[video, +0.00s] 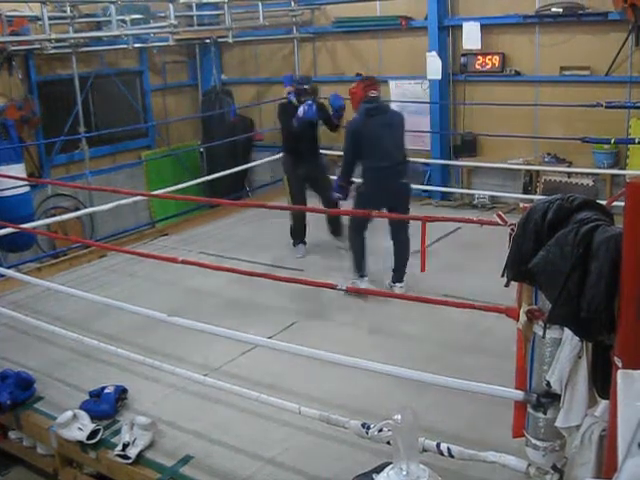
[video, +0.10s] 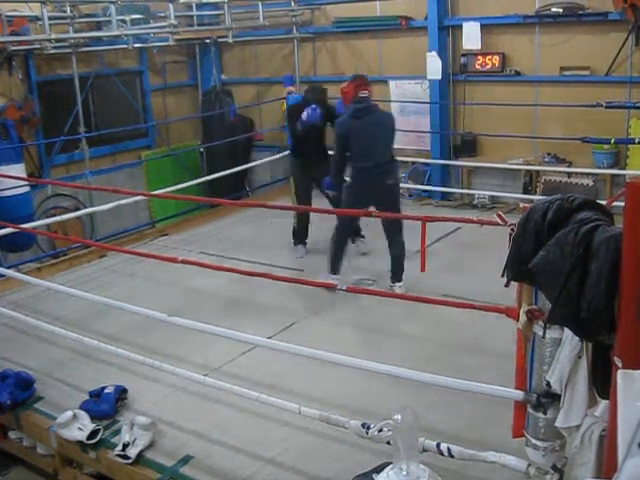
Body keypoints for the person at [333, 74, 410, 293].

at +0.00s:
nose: (351, 100)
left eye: (353, 96)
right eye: (352, 96)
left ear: (359, 97)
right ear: (378, 95)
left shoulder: (356, 124)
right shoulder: (397, 117)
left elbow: (350, 160)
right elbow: (397, 149)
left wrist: (342, 186)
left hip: (372, 185)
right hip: (398, 183)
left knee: (356, 227)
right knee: (400, 230)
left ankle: (361, 276)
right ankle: (398, 280)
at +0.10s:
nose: (346, 98)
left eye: (347, 95)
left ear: (351, 96)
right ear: (370, 94)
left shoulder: (345, 123)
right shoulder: (386, 118)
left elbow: (340, 157)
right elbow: (386, 147)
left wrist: (335, 186)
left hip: (359, 182)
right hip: (387, 182)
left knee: (344, 226)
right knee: (394, 231)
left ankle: (333, 273)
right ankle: (397, 281)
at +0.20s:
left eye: (336, 96)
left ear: (338, 98)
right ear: (359, 97)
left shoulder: (331, 124)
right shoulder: (374, 120)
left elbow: (327, 158)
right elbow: (376, 149)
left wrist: (328, 181)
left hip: (344, 186)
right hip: (372, 184)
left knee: (331, 227)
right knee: (387, 230)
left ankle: (319, 272)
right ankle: (396, 280)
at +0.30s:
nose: (323, 96)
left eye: (324, 92)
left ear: (325, 95)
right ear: (345, 95)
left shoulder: (315, 120)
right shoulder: (359, 120)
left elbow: (313, 154)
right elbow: (365, 151)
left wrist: (322, 172)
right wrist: (357, 171)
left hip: (325, 183)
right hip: (355, 181)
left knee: (320, 232)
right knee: (375, 226)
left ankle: (318, 278)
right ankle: (391, 278)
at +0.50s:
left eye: (307, 92)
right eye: (324, 92)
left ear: (303, 94)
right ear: (325, 94)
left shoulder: (295, 121)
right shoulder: (338, 117)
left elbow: (292, 151)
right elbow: (349, 149)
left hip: (308, 180)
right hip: (335, 179)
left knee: (310, 227)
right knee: (345, 223)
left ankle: (316, 275)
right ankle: (339, 274)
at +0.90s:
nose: (300, 103)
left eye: (299, 98)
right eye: (297, 98)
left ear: (277, 98)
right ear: (290, 99)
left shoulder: (266, 120)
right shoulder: (287, 124)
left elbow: (285, 149)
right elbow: (303, 156)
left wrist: (307, 142)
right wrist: (318, 148)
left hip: (269, 188)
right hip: (282, 190)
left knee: (293, 235)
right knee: (281, 240)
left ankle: (314, 277)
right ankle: (244, 281)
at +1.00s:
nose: (291, 108)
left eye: (291, 103)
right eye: (289, 103)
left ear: (270, 104)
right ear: (280, 105)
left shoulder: (258, 125)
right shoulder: (273, 131)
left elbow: (274, 154)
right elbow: (289, 164)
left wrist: (297, 145)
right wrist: (308, 152)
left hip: (260, 192)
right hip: (267, 195)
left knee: (292, 229)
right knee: (265, 245)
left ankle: (311, 275)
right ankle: (232, 290)